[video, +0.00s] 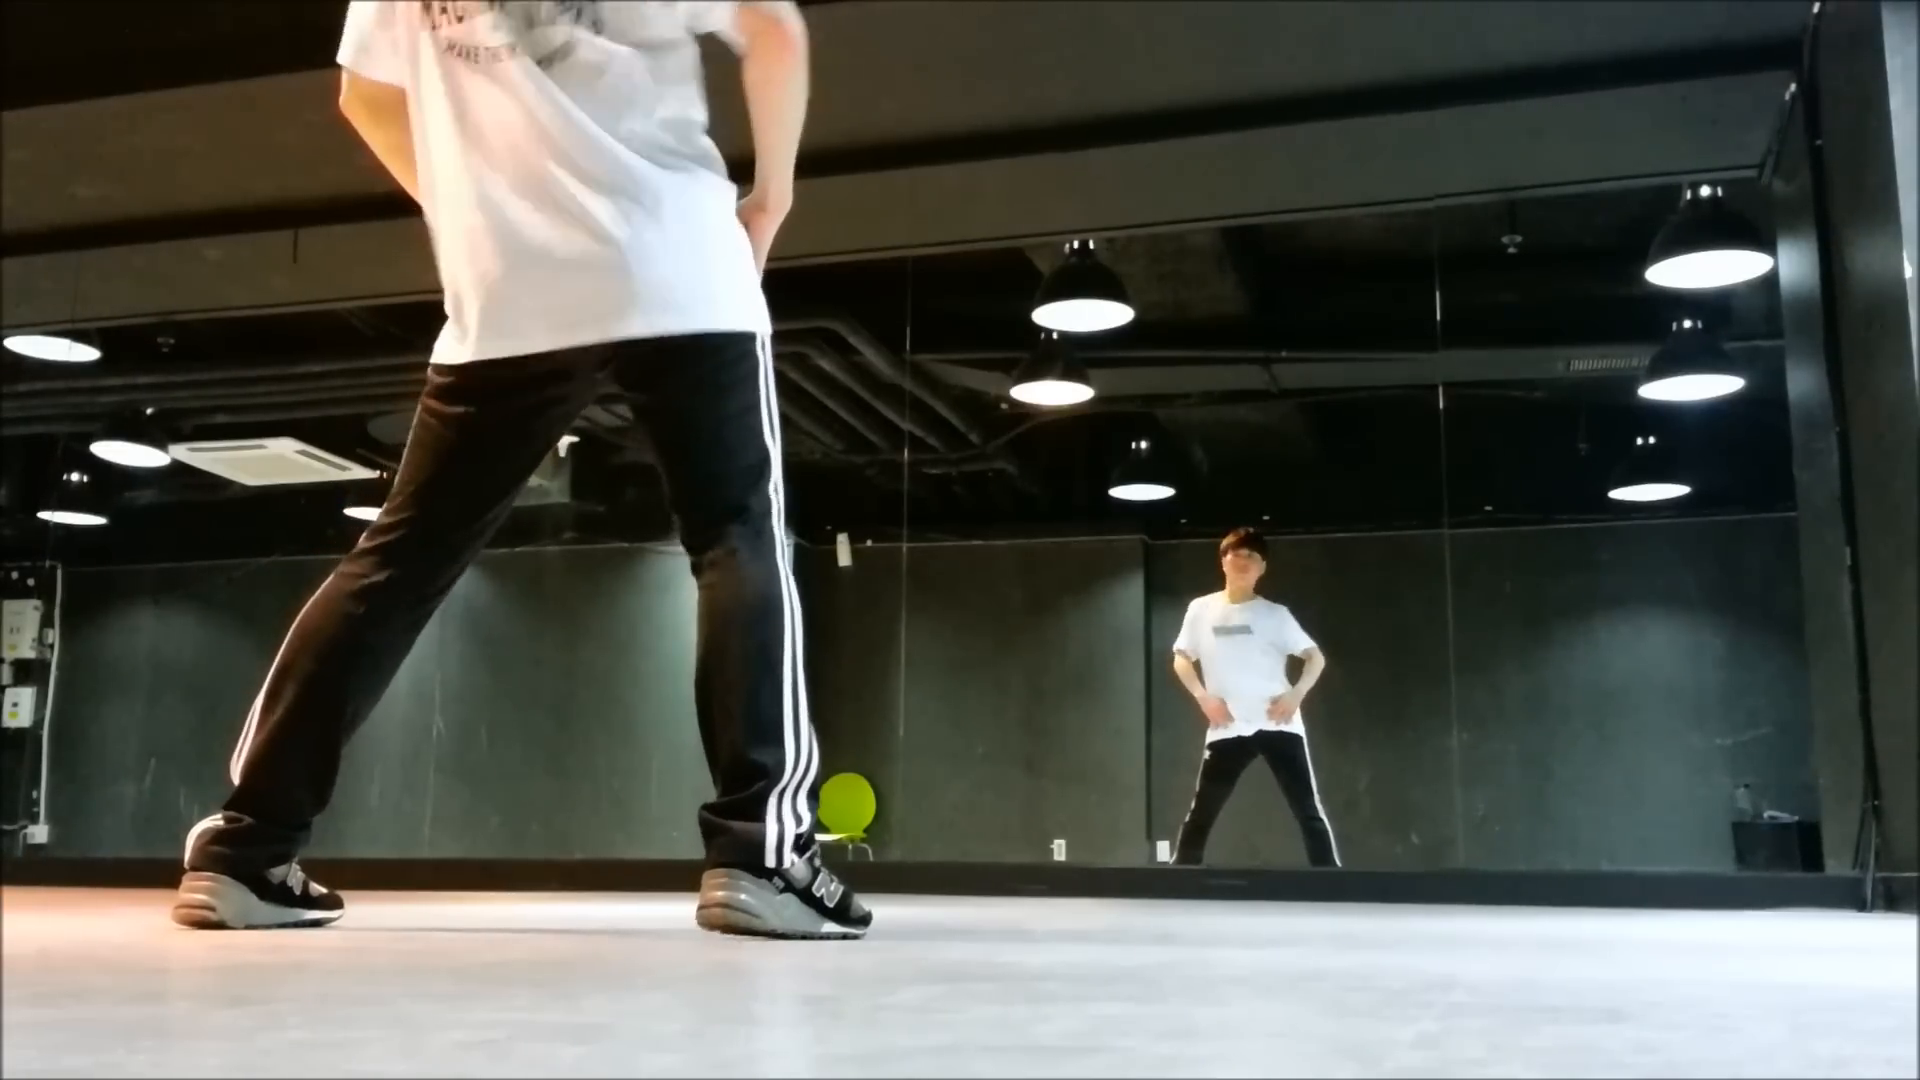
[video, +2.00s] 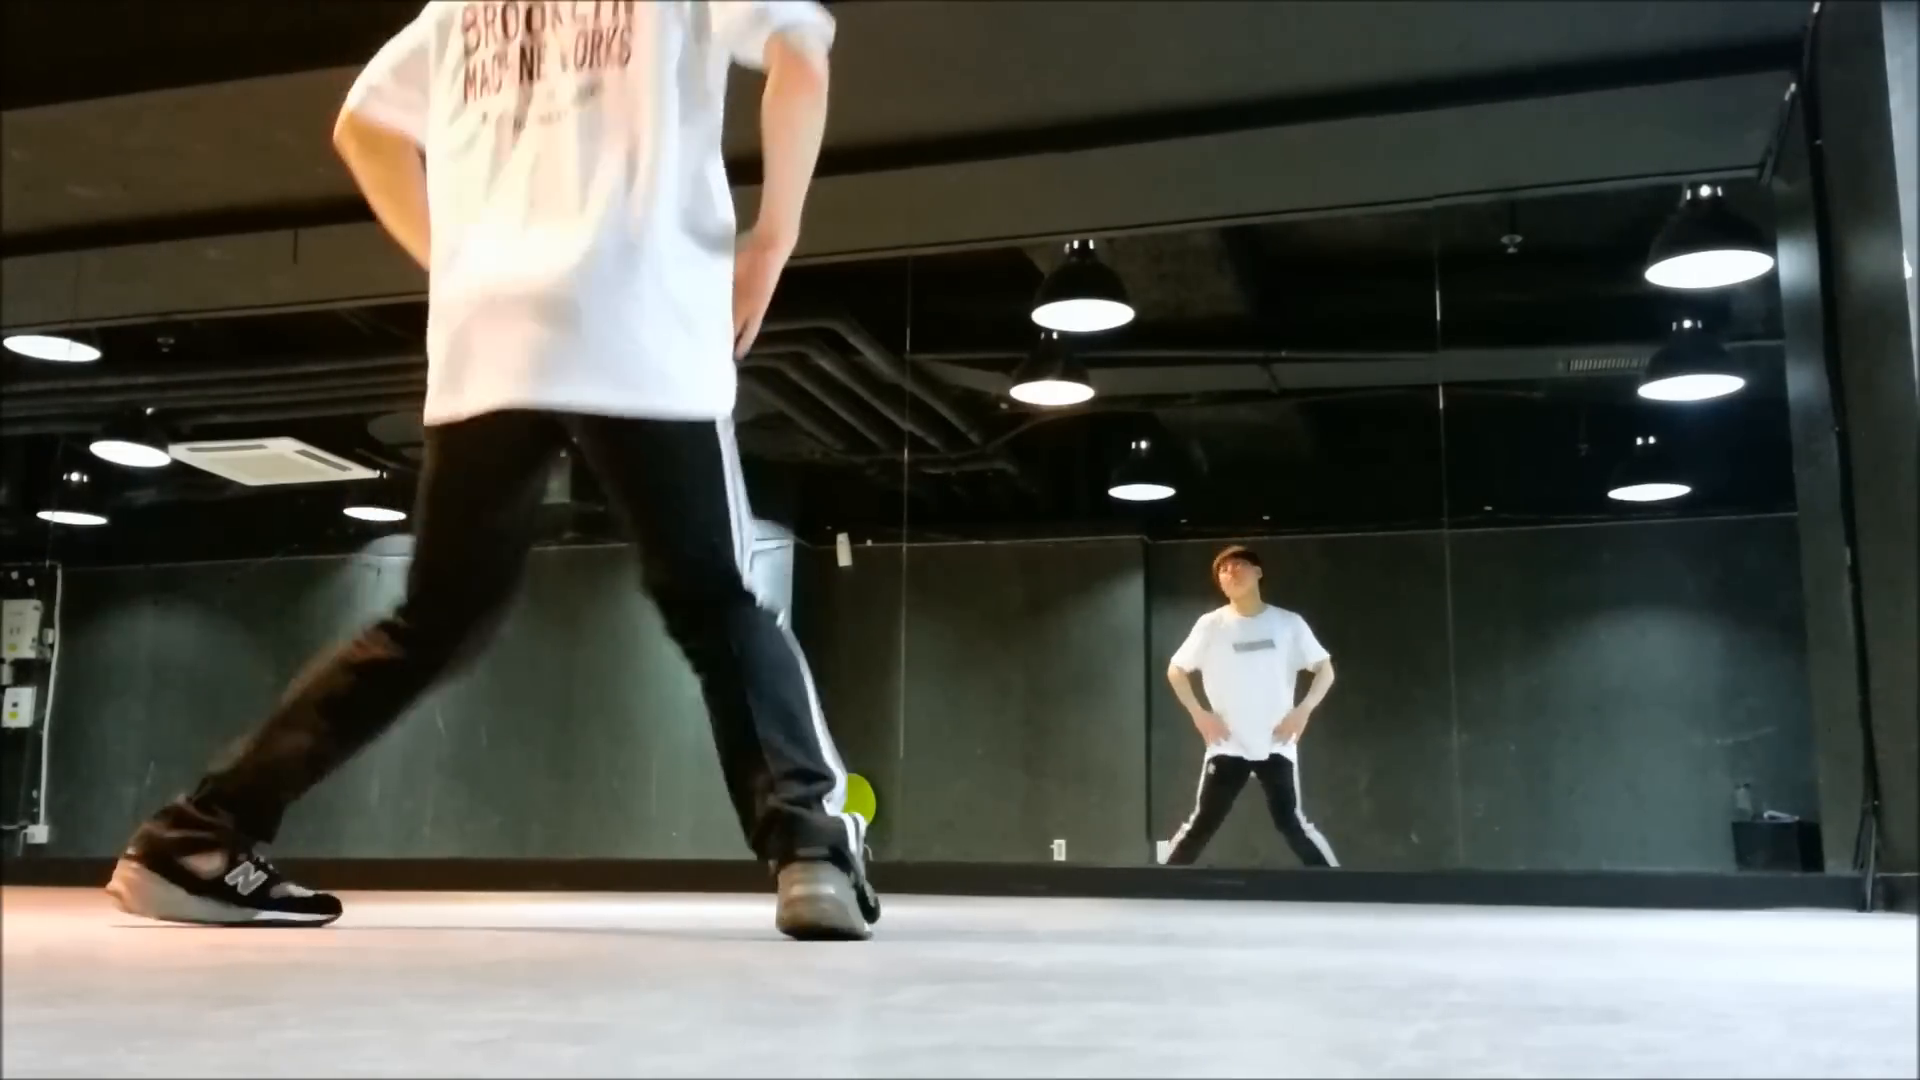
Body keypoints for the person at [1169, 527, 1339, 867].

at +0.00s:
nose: (1242, 563)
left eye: (1251, 557)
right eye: (1235, 555)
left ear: (1262, 567)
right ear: (1223, 561)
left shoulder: (1277, 614)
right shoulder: (1201, 609)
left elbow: (1316, 658)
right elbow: (1181, 661)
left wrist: (1295, 696)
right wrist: (1205, 699)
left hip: (1280, 728)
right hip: (1228, 731)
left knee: (1309, 813)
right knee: (1200, 815)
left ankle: (1333, 889)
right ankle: (1178, 889)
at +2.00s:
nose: (1231, 572)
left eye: (1239, 565)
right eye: (1225, 569)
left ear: (1257, 572)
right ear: (1220, 582)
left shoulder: (1290, 624)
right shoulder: (1210, 625)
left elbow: (1326, 671)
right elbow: (1176, 671)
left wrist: (1303, 711)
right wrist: (1199, 715)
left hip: (1277, 745)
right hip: (1227, 745)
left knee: (1292, 825)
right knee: (1201, 826)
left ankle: (1339, 889)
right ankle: (1160, 888)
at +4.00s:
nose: (1256, 573)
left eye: (1264, 570)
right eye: (1249, 567)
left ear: (1274, 585)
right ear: (1235, 577)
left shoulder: (1286, 627)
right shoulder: (1207, 627)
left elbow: (1325, 669)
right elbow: (1174, 672)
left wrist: (1301, 713)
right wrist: (1195, 720)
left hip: (1276, 747)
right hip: (1227, 747)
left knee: (1294, 823)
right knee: (1203, 825)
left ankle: (1338, 888)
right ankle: (1162, 885)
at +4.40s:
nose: (1261, 590)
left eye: (1270, 582)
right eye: (1255, 580)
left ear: (1280, 586)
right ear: (1243, 577)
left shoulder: (1292, 624)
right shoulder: (1213, 618)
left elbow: (1324, 671)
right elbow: (1177, 660)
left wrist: (1296, 696)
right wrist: (1191, 699)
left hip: (1270, 729)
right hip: (1220, 728)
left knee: (1299, 812)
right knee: (1186, 802)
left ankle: (1319, 889)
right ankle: (1188, 885)